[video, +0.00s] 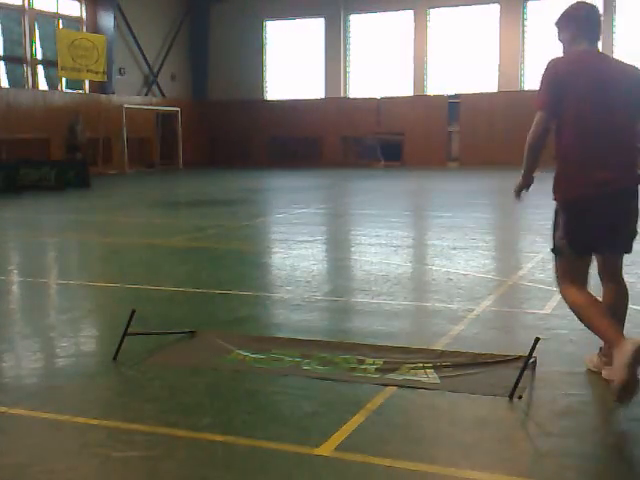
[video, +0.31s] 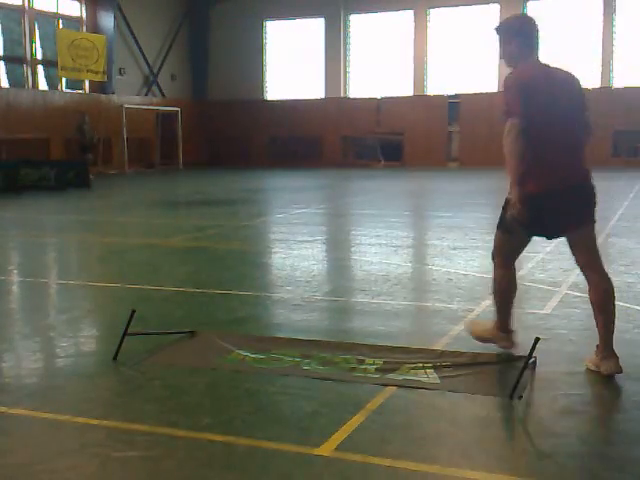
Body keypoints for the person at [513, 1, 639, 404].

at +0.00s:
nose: (559, 41)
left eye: (560, 34)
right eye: (560, 34)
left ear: (568, 32)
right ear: (597, 32)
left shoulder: (559, 68)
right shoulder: (629, 72)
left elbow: (539, 132)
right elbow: (635, 134)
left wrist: (526, 175)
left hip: (578, 194)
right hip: (624, 192)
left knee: (571, 284)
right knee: (613, 274)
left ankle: (621, 345)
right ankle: (607, 356)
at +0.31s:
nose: (500, 50)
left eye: (503, 43)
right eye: (500, 43)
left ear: (515, 43)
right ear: (533, 42)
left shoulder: (516, 80)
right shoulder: (568, 79)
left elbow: (514, 131)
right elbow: (584, 132)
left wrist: (514, 186)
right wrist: (569, 170)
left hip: (534, 193)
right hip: (577, 190)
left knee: (503, 259)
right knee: (594, 268)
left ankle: (502, 329)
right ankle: (607, 354)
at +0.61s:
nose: (439, 59)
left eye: (442, 52)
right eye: (438, 53)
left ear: (461, 47)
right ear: (463, 49)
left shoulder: (479, 82)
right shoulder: (490, 79)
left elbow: (486, 133)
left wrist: (465, 182)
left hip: (476, 181)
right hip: (499, 180)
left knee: (464, 254)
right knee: (483, 245)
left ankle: (485, 328)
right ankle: (531, 301)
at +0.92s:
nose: (414, 66)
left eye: (420, 59)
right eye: (411, 60)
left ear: (434, 59)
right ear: (407, 61)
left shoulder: (456, 92)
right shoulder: (416, 96)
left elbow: (484, 133)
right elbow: (417, 132)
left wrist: (454, 173)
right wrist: (409, 162)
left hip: (452, 186)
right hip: (422, 184)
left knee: (448, 254)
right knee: (408, 243)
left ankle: (486, 323)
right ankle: (411, 303)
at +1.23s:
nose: (405, 49)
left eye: (411, 43)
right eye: (401, 44)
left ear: (423, 43)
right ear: (397, 45)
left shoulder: (445, 75)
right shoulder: (394, 79)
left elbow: (475, 106)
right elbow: (386, 114)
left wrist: (452, 140)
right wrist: (388, 146)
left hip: (434, 166)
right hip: (399, 166)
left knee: (439, 234)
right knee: (391, 232)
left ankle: (449, 299)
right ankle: (398, 293)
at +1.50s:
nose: (409, 56)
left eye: (414, 50)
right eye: (404, 51)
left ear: (422, 52)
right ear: (395, 55)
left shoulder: (440, 86)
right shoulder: (387, 91)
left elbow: (468, 120)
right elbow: (380, 127)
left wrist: (444, 152)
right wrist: (384, 157)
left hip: (428, 176)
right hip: (393, 175)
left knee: (436, 242)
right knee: (377, 239)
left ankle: (444, 301)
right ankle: (386, 296)